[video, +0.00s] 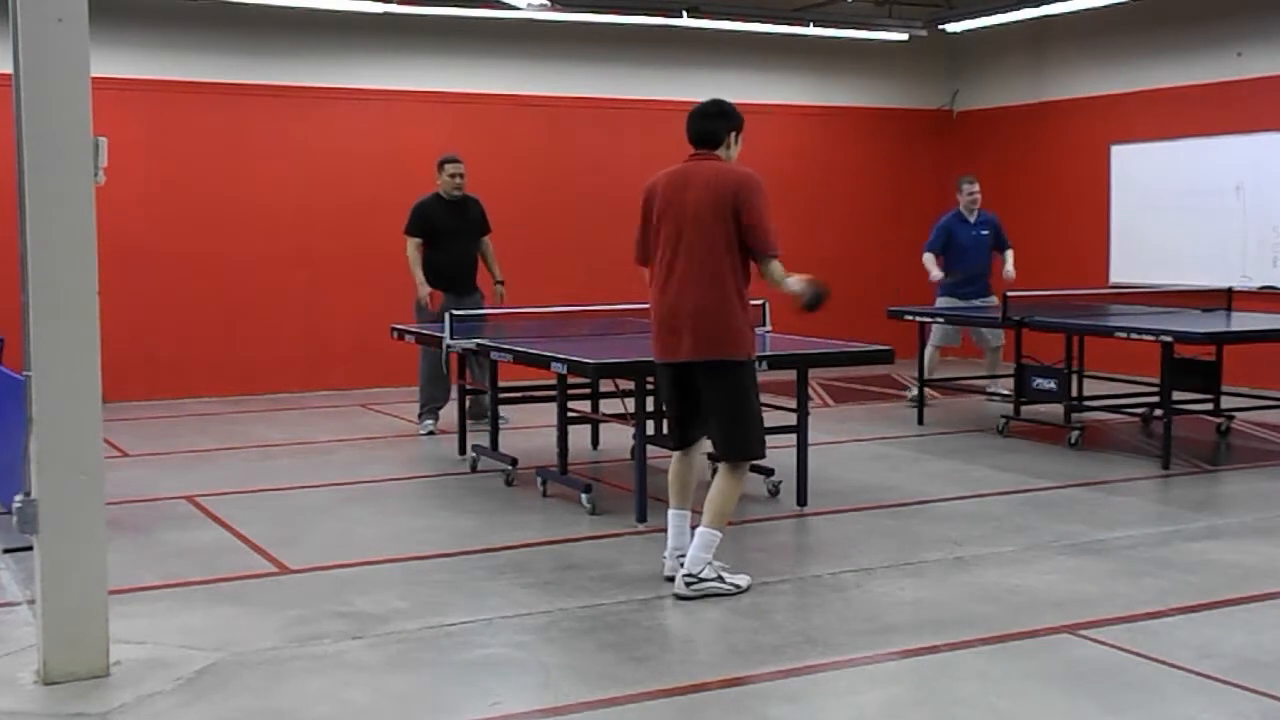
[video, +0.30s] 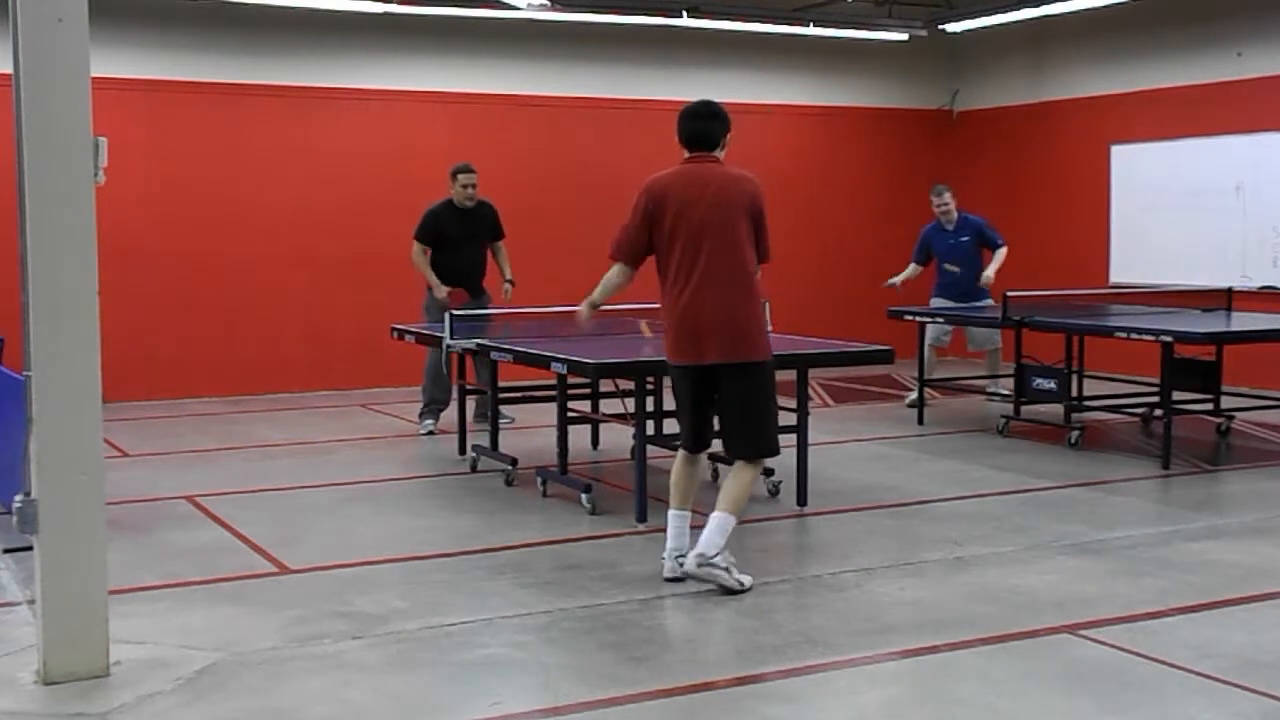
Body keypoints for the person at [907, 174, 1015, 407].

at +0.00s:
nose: (975, 197)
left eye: (977, 193)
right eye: (970, 194)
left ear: (981, 194)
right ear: (959, 196)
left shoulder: (990, 222)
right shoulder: (948, 223)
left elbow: (1006, 248)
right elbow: (928, 252)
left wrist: (1009, 265)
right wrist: (934, 270)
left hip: (983, 295)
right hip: (951, 295)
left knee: (996, 343)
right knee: (935, 343)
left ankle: (992, 385)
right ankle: (920, 386)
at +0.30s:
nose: (942, 209)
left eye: (945, 204)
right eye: (938, 206)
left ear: (954, 202)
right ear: (933, 207)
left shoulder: (974, 225)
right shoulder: (930, 233)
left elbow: (1001, 247)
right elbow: (918, 263)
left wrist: (991, 270)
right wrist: (901, 277)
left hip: (977, 297)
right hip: (944, 298)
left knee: (993, 343)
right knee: (930, 343)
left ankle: (994, 385)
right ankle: (922, 389)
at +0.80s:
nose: (961, 198)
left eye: (962, 194)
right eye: (955, 194)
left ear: (965, 196)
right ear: (942, 197)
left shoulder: (970, 221)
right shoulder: (932, 226)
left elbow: (983, 247)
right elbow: (929, 259)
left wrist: (986, 266)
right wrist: (958, 251)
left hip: (967, 293)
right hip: (938, 295)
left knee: (981, 340)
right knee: (928, 345)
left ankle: (990, 384)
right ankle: (919, 389)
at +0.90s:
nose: (969, 198)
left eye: (971, 194)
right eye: (964, 194)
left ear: (974, 196)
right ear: (952, 196)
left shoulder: (977, 222)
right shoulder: (939, 226)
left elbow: (986, 249)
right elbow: (932, 257)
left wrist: (992, 268)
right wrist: (956, 258)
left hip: (973, 294)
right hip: (943, 297)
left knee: (987, 340)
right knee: (930, 346)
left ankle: (992, 384)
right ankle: (920, 389)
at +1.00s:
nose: (975, 197)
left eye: (976, 193)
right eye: (969, 193)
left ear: (978, 195)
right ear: (956, 196)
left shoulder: (983, 224)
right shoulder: (943, 224)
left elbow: (991, 250)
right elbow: (933, 254)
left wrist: (997, 268)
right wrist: (954, 257)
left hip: (976, 295)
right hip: (946, 297)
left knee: (991, 341)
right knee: (932, 346)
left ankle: (993, 385)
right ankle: (919, 390)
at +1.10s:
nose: (975, 197)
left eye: (977, 193)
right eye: (970, 193)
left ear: (980, 195)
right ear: (957, 196)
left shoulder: (986, 223)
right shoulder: (944, 224)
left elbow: (996, 250)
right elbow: (932, 252)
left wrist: (1001, 267)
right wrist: (948, 259)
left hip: (980, 295)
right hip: (949, 297)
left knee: (994, 342)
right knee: (935, 346)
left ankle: (993, 385)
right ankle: (918, 389)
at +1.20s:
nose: (971, 199)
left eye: (974, 194)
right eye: (966, 195)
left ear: (977, 196)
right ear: (954, 198)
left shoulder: (987, 224)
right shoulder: (943, 225)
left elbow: (1000, 251)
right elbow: (933, 253)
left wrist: (1001, 268)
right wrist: (940, 272)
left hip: (981, 295)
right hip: (949, 296)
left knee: (995, 344)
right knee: (934, 346)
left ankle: (993, 385)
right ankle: (918, 388)